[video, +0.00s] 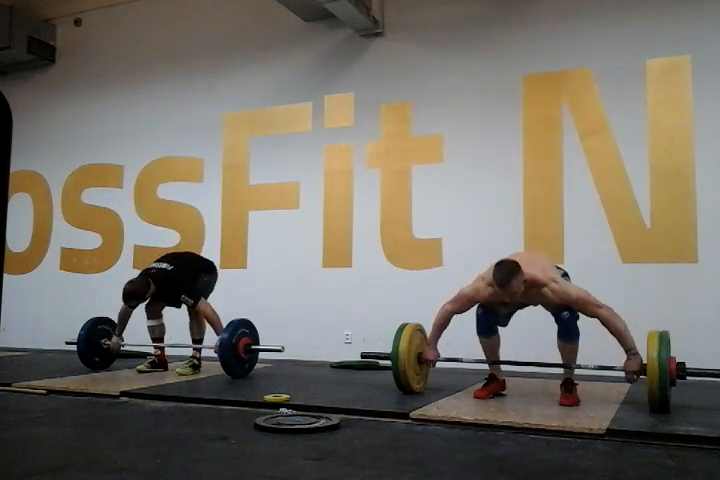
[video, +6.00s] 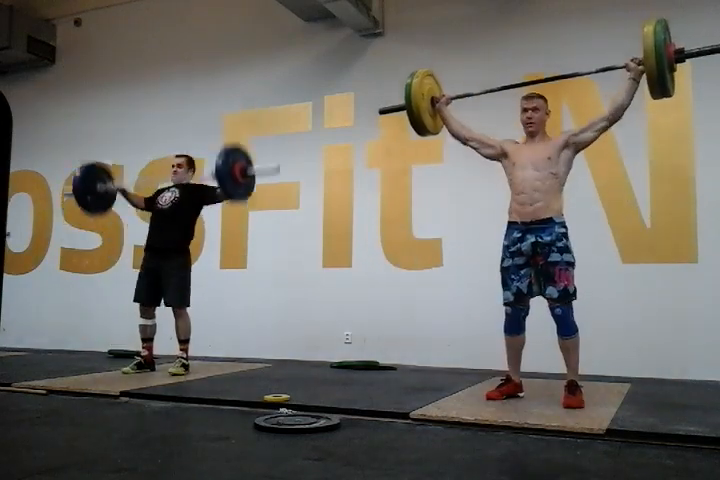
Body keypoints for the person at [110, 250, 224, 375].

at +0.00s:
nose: (132, 306)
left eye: (136, 304)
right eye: (130, 305)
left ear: (147, 294)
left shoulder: (175, 288)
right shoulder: (139, 284)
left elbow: (207, 310)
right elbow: (126, 310)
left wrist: (222, 337)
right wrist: (117, 335)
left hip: (205, 270)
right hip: (177, 266)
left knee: (195, 309)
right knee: (152, 308)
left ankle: (195, 360)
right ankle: (159, 359)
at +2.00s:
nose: (148, 180)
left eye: (152, 175)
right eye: (145, 176)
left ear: (164, 176)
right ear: (144, 179)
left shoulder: (180, 201)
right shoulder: (143, 207)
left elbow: (203, 223)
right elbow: (128, 232)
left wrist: (218, 247)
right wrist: (115, 255)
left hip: (188, 263)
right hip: (164, 263)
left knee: (186, 306)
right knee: (154, 307)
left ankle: (191, 359)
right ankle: (159, 358)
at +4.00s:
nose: (139, 211)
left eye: (144, 207)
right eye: (138, 207)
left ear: (156, 208)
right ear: (136, 209)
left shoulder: (170, 225)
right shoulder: (134, 227)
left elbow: (191, 206)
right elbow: (110, 210)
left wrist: (201, 181)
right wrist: (96, 189)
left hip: (173, 289)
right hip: (148, 291)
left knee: (169, 313)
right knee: (107, 315)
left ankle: (177, 361)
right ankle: (124, 361)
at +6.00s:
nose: (174, 169)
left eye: (179, 166)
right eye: (173, 166)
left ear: (191, 171)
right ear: (172, 170)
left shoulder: (197, 191)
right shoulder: (161, 192)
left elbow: (226, 194)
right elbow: (143, 204)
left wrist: (237, 174)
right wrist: (122, 191)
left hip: (177, 259)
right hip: (152, 257)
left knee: (179, 308)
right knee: (146, 307)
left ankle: (183, 359)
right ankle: (146, 358)